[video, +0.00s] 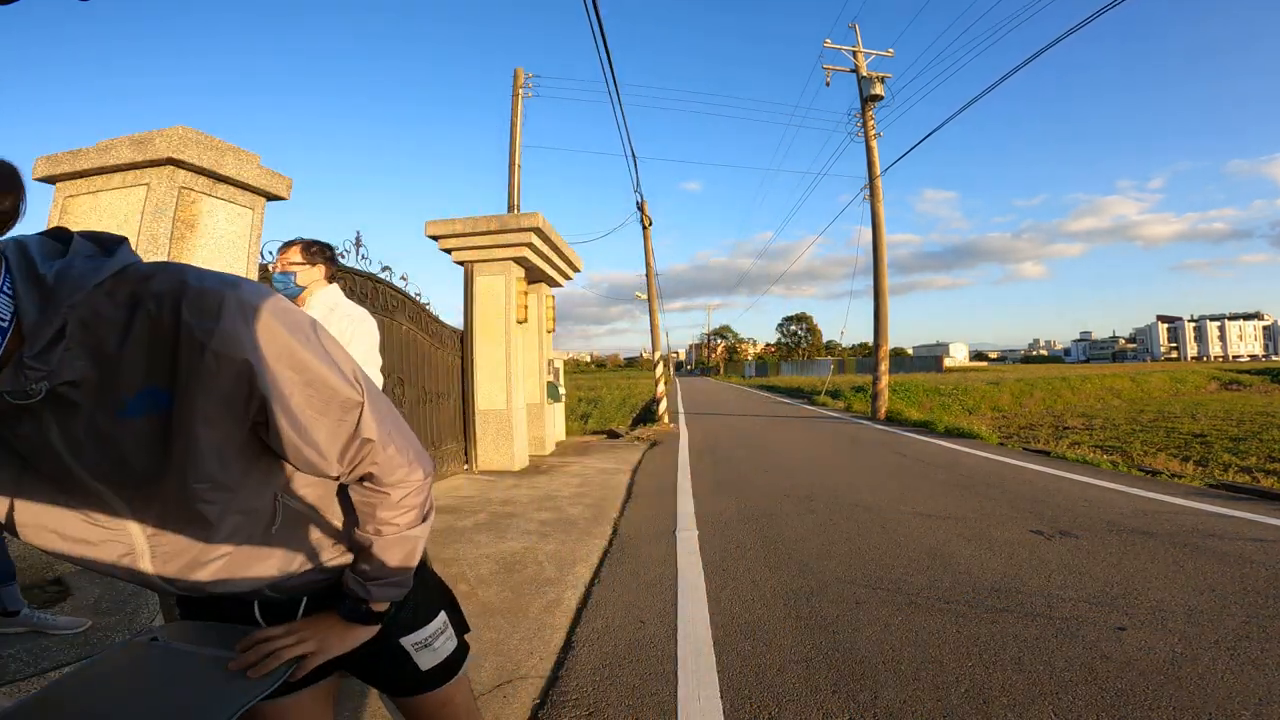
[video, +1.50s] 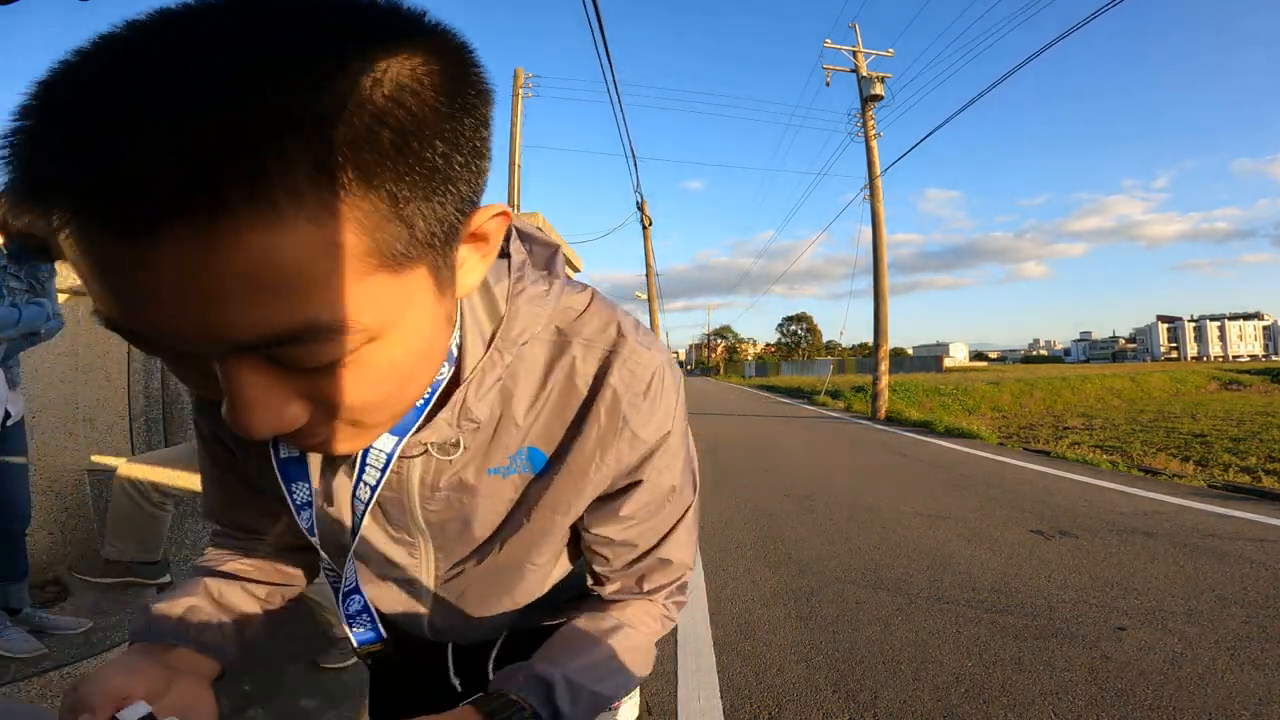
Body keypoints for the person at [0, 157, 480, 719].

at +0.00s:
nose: (292, 275)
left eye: (300, 264)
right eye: (290, 264)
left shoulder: (216, 321)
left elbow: (397, 471)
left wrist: (361, 609)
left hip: (359, 578)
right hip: (221, 605)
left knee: (448, 709)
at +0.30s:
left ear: (36, 204)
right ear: (32, 205)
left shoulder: (237, 290)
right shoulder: (14, 375)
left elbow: (418, 437)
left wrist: (298, 579)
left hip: (361, 566)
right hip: (217, 599)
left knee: (446, 708)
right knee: (285, 711)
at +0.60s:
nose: (3, 238)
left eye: (23, 203)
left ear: (139, 178)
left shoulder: (283, 282)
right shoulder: (20, 321)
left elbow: (343, 505)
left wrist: (87, 588)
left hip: (352, 569)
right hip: (201, 600)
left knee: (438, 706)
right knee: (279, 709)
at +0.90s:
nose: (8, 254)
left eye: (43, 212)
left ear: (172, 188)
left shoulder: (285, 316)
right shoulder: (67, 320)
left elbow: (148, 574)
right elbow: (32, 457)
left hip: (375, 590)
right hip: (237, 600)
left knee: (446, 707)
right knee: (286, 708)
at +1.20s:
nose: (66, 360)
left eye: (115, 302)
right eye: (17, 311)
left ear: (271, 237)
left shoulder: (422, 387)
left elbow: (443, 633)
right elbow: (137, 472)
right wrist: (25, 533)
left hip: (453, 625)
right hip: (305, 617)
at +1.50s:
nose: (250, 420)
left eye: (307, 354)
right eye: (189, 361)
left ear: (471, 254)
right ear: (141, 312)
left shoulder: (616, 377)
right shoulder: (228, 385)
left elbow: (639, 590)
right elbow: (252, 559)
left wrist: (532, 700)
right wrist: (172, 650)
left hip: (550, 636)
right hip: (395, 642)